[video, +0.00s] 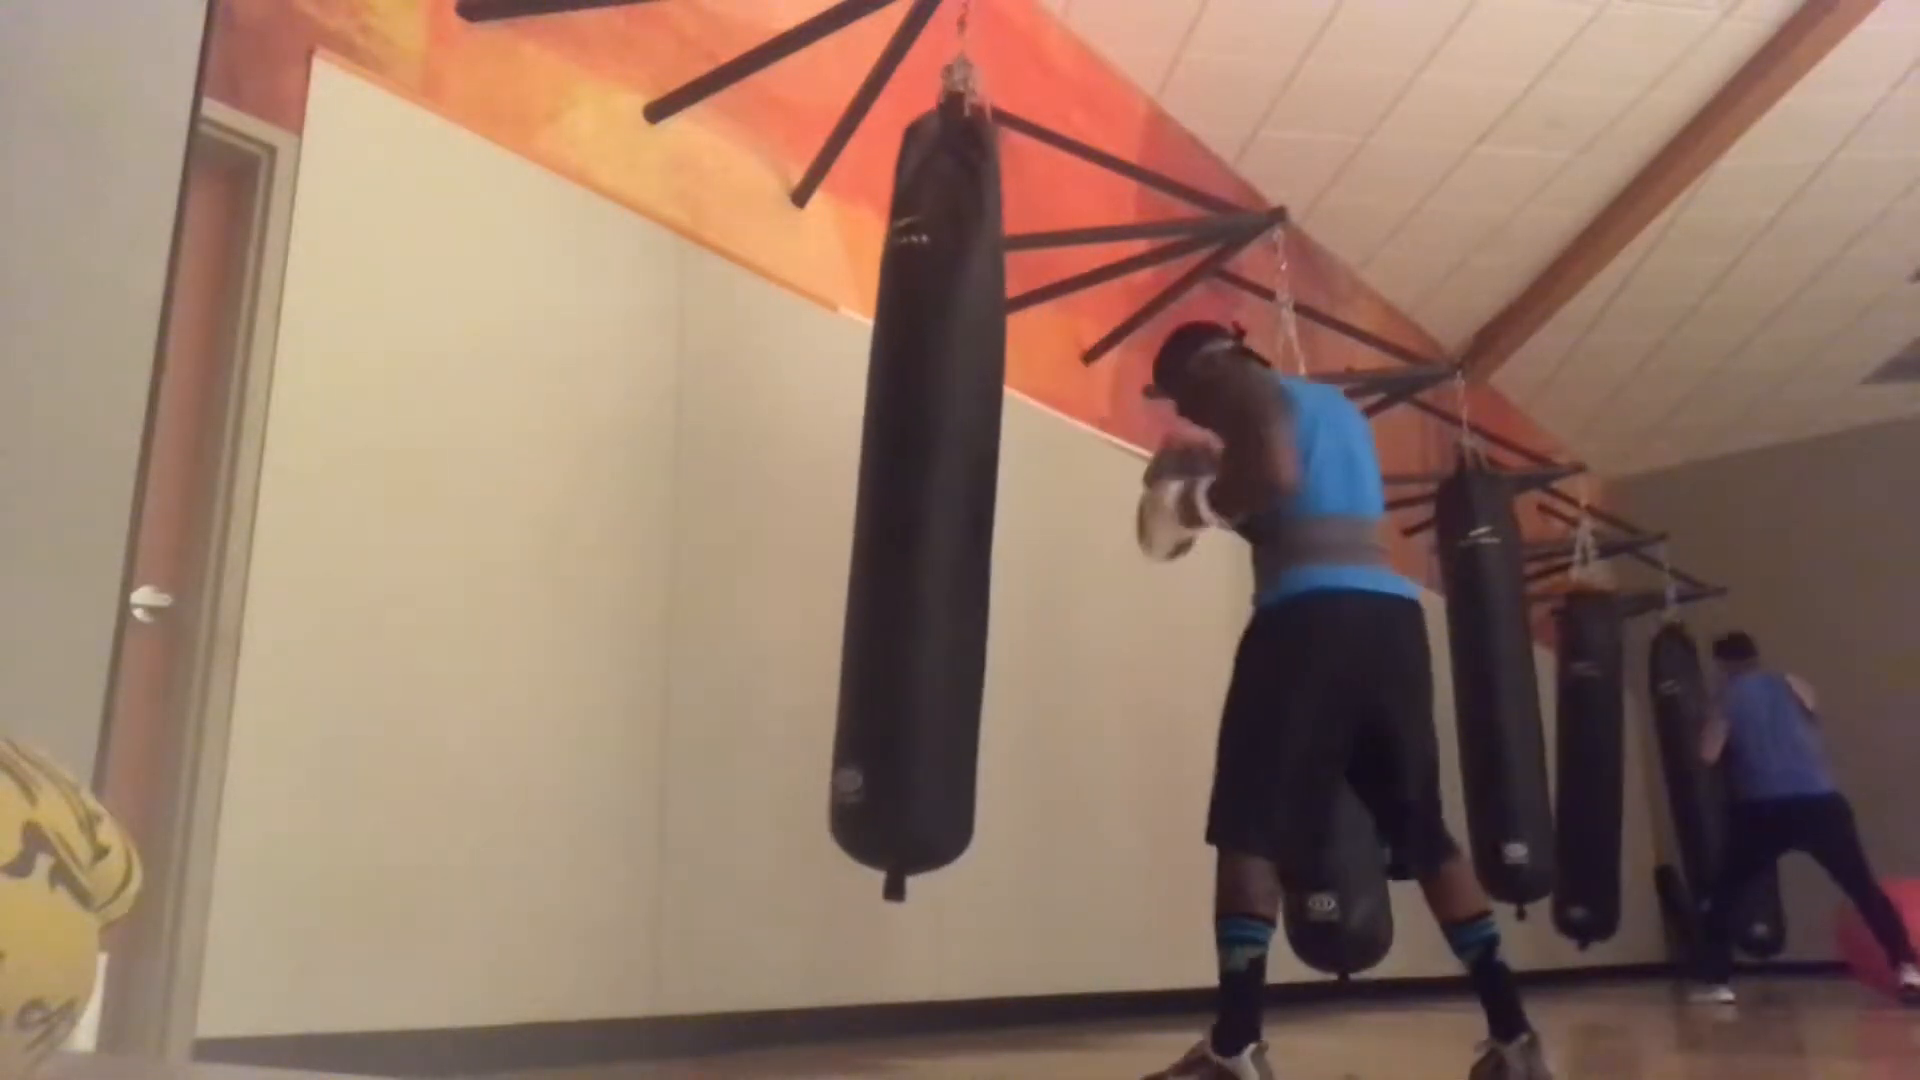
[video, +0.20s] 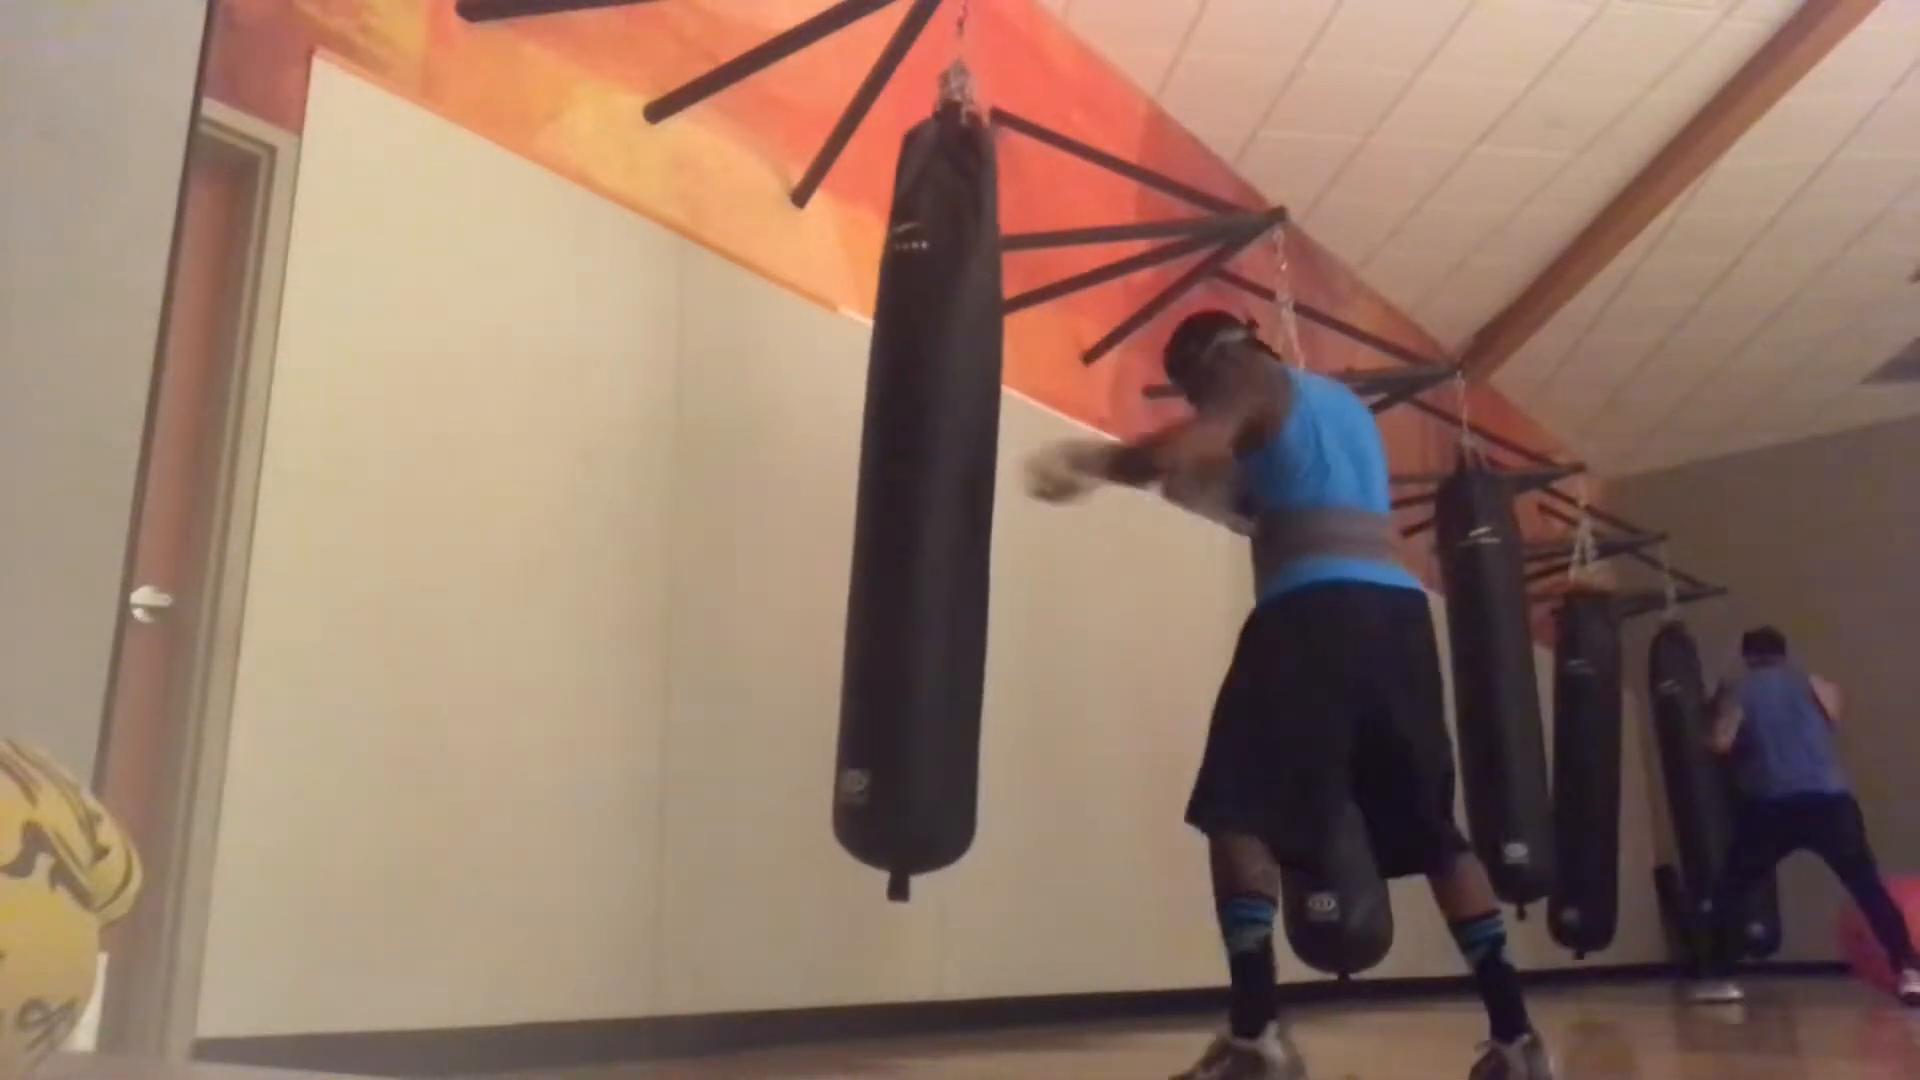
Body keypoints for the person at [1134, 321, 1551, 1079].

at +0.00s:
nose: (1190, 409)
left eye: (1185, 393)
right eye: (1182, 399)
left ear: (1205, 368)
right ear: (1243, 347)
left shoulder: (1236, 382)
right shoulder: (1337, 406)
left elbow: (1275, 472)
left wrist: (1200, 496)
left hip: (1305, 629)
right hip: (1393, 626)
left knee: (1246, 832)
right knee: (1424, 831)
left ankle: (1235, 1042)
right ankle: (1513, 1034)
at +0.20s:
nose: (1198, 399)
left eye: (1195, 383)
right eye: (1194, 389)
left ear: (1219, 356)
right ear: (1258, 341)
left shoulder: (1252, 375)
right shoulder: (1343, 403)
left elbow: (1190, 450)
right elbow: (1270, 511)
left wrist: (1096, 462)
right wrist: (1176, 488)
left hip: (1306, 620)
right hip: (1399, 619)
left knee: (1236, 812)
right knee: (1433, 826)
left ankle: (1254, 1032)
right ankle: (1515, 1033)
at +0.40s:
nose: (1168, 395)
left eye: (1167, 380)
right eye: (1164, 385)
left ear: (1190, 353)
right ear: (1224, 337)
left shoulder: (1228, 375)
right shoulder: (1307, 406)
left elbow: (1105, 454)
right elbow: (1302, 521)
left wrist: (1035, 456)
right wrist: (1205, 511)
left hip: (1288, 629)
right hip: (1368, 629)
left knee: (1236, 830)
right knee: (1405, 840)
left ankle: (1263, 1046)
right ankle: (1509, 1028)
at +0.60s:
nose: (1165, 395)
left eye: (1160, 376)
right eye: (1157, 385)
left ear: (1191, 338)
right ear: (1206, 335)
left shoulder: (1265, 369)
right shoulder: (1248, 411)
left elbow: (1257, 482)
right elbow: (1164, 495)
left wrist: (1183, 471)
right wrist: (1062, 509)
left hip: (1303, 618)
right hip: (1358, 616)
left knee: (1268, 828)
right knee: (1400, 813)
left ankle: (1268, 1048)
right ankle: (1532, 1006)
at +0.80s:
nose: (1201, 406)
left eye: (1193, 383)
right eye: (1189, 396)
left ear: (1219, 339)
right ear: (1243, 335)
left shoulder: (1279, 374)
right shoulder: (1313, 402)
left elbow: (1264, 485)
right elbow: (1277, 537)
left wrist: (1189, 470)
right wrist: (1176, 521)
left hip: (1325, 624)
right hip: (1382, 622)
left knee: (1264, 826)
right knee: (1416, 824)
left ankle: (1264, 1042)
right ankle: (1539, 1021)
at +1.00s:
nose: (1206, 411)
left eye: (1202, 394)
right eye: (1199, 402)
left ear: (1225, 361)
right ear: (1258, 347)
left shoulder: (1274, 393)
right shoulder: (1339, 409)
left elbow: (1229, 471)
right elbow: (1284, 529)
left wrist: (1137, 467)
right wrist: (1187, 496)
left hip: (1321, 630)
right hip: (1409, 627)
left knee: (1250, 815)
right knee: (1449, 825)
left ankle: (1298, 1028)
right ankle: (1546, 1026)